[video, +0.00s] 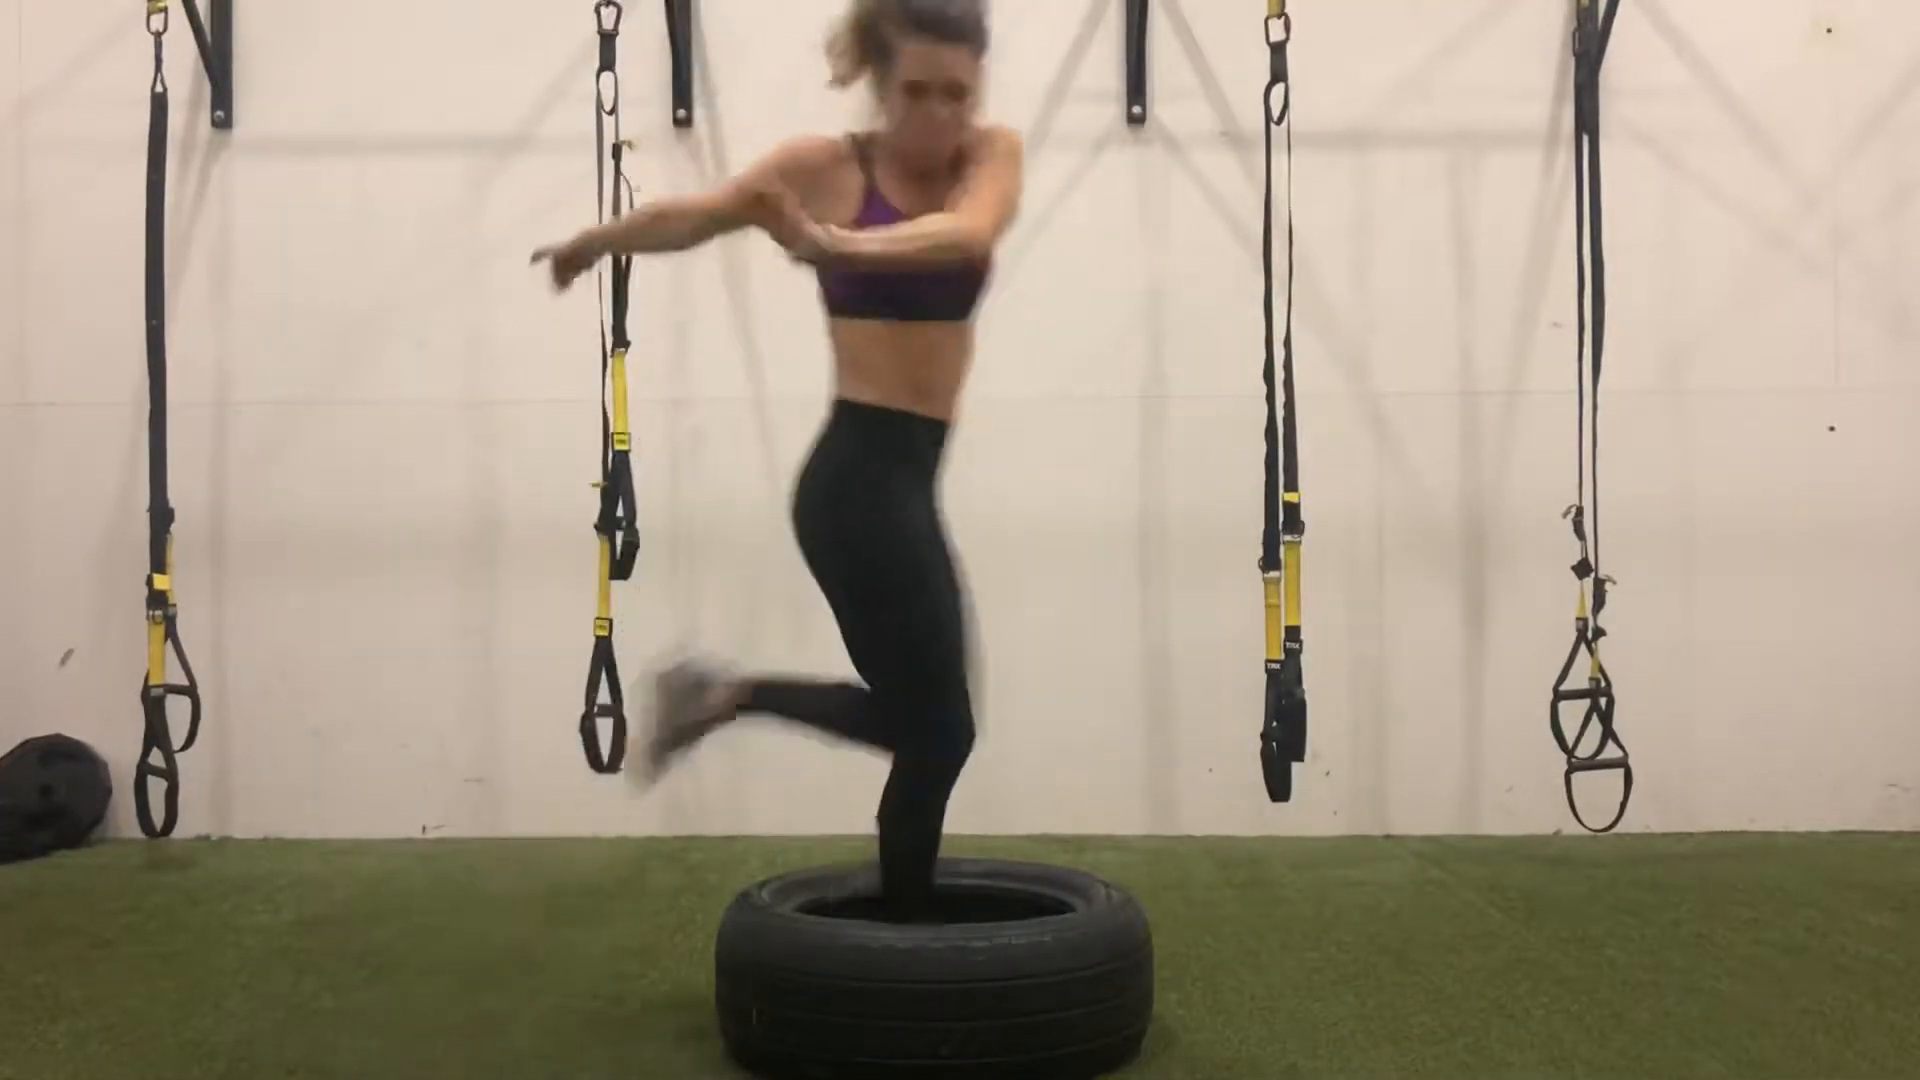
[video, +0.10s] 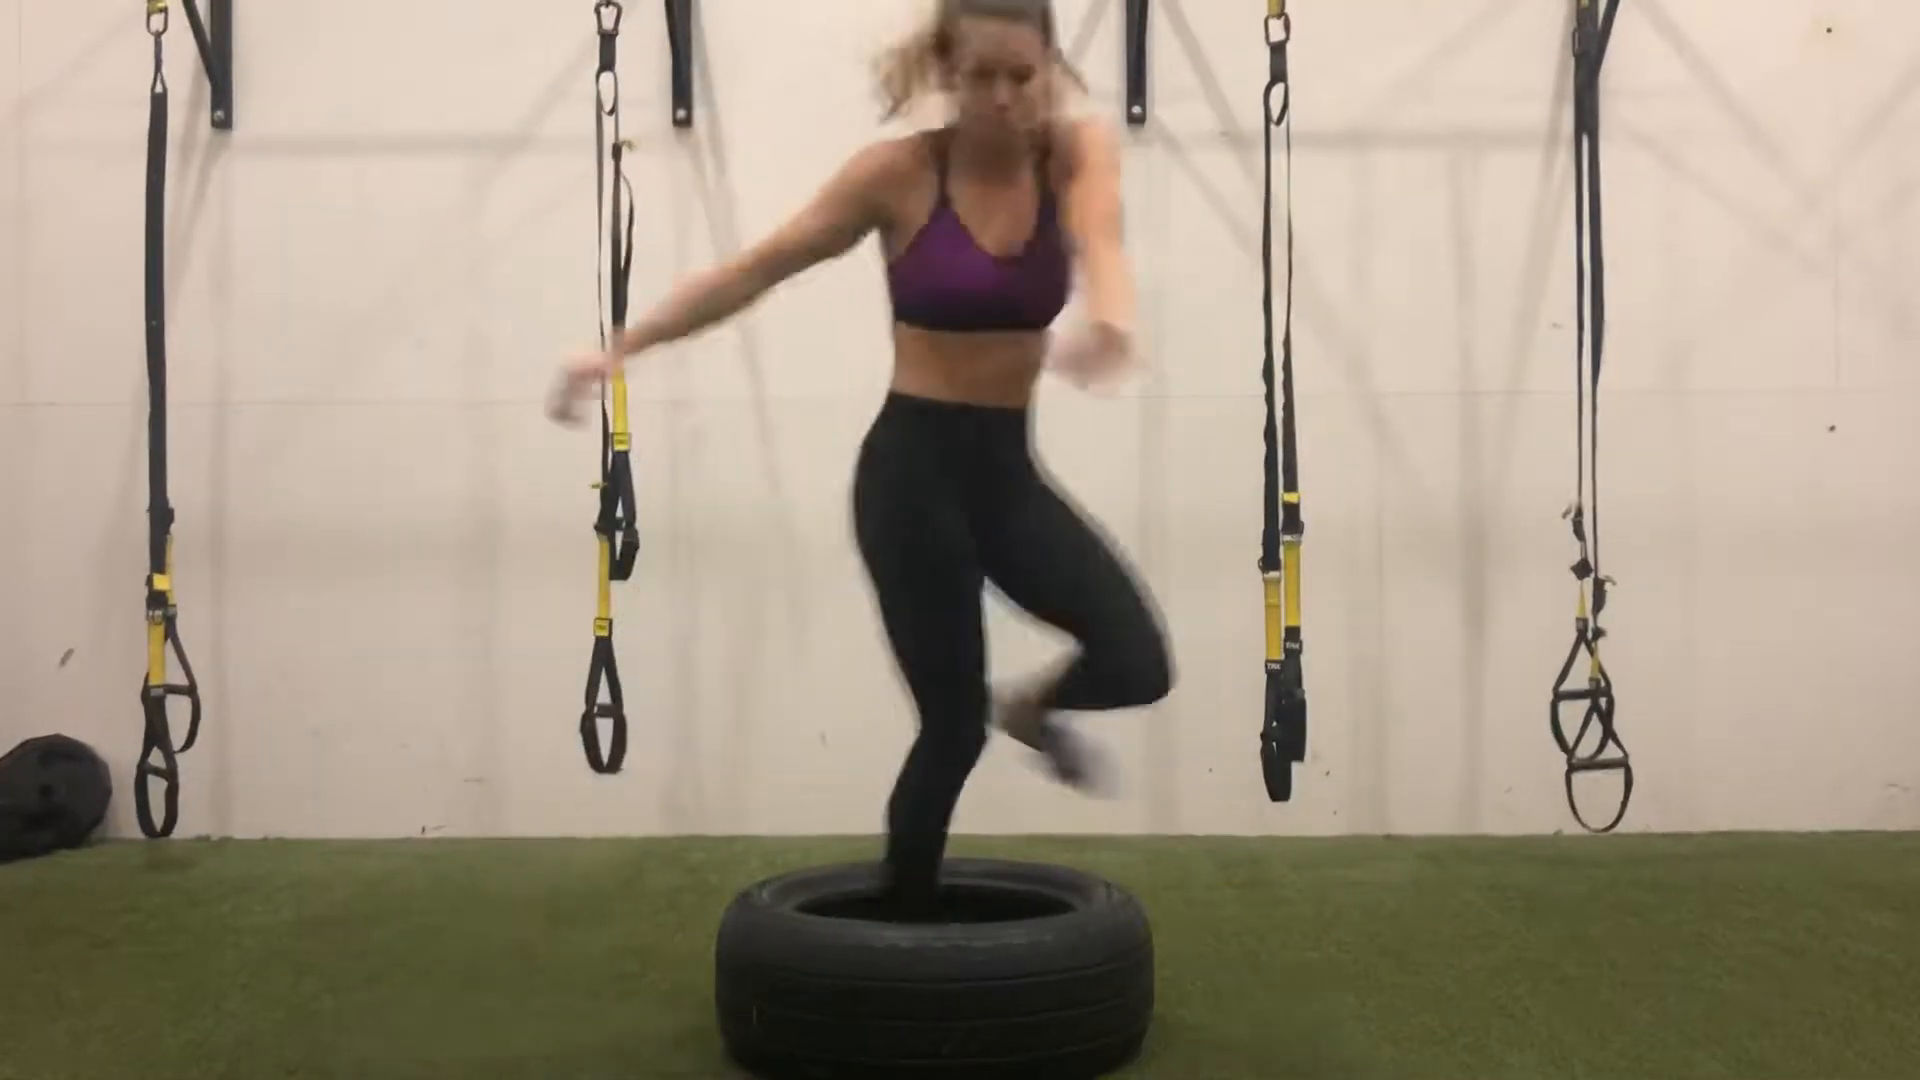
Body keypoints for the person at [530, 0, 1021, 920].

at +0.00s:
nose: (945, 117)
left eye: (962, 95)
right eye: (925, 94)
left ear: (980, 88)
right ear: (881, 85)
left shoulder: (990, 152)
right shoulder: (825, 166)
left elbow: (971, 233)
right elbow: (697, 220)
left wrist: (836, 245)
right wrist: (597, 240)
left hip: (906, 487)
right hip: (856, 487)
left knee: (926, 723)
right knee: (936, 734)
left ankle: (726, 695)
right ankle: (906, 946)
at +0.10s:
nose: (1003, 98)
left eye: (1021, 77)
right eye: (983, 77)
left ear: (1047, 69)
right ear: (946, 71)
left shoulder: (1077, 147)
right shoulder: (894, 173)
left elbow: (1099, 236)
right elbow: (747, 277)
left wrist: (1111, 320)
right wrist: (613, 351)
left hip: (1007, 473)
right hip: (913, 474)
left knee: (1140, 665)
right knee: (956, 723)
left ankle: (1026, 707)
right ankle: (904, 935)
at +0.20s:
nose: (1037, 76)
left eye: (1056, 54)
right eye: (1017, 54)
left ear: (1085, 55)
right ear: (984, 55)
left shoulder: (1127, 146)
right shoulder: (937, 160)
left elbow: (1210, 269)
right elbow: (836, 278)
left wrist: (1268, 415)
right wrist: (831, 327)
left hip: (1075, 446)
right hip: (966, 451)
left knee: (1184, 669)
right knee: (1028, 696)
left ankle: (1257, 862)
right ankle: (940, 868)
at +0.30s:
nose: (1061, 120)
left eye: (1082, 100)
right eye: (1042, 99)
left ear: (1120, 98)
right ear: (1013, 95)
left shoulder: (1176, 196)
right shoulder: (978, 228)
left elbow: (1285, 311)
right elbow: (960, 371)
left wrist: (1348, 458)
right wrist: (998, 371)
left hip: (1157, 494)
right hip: (1049, 503)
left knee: (1259, 748)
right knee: (1091, 734)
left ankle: (1384, 981)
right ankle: (1053, 733)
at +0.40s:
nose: (1064, 142)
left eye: (1087, 122)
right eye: (1047, 121)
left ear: (1129, 125)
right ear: (1024, 126)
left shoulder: (1193, 216)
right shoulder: (1004, 261)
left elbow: (1292, 324)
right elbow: (1014, 383)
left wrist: (1335, 441)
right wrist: (965, 454)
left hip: (1212, 512)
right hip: (1103, 538)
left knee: (1300, 766)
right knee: (1108, 776)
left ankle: (1427, 1004)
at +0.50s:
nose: (1051, 144)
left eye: (1074, 122)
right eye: (1033, 121)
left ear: (1119, 119)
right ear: (1011, 118)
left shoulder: (1178, 206)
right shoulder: (989, 242)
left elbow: (1281, 298)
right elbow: (961, 373)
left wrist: (1325, 404)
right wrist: (931, 442)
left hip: (1204, 484)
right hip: (1108, 508)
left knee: (1207, 730)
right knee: (1142, 772)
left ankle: (1396, 933)